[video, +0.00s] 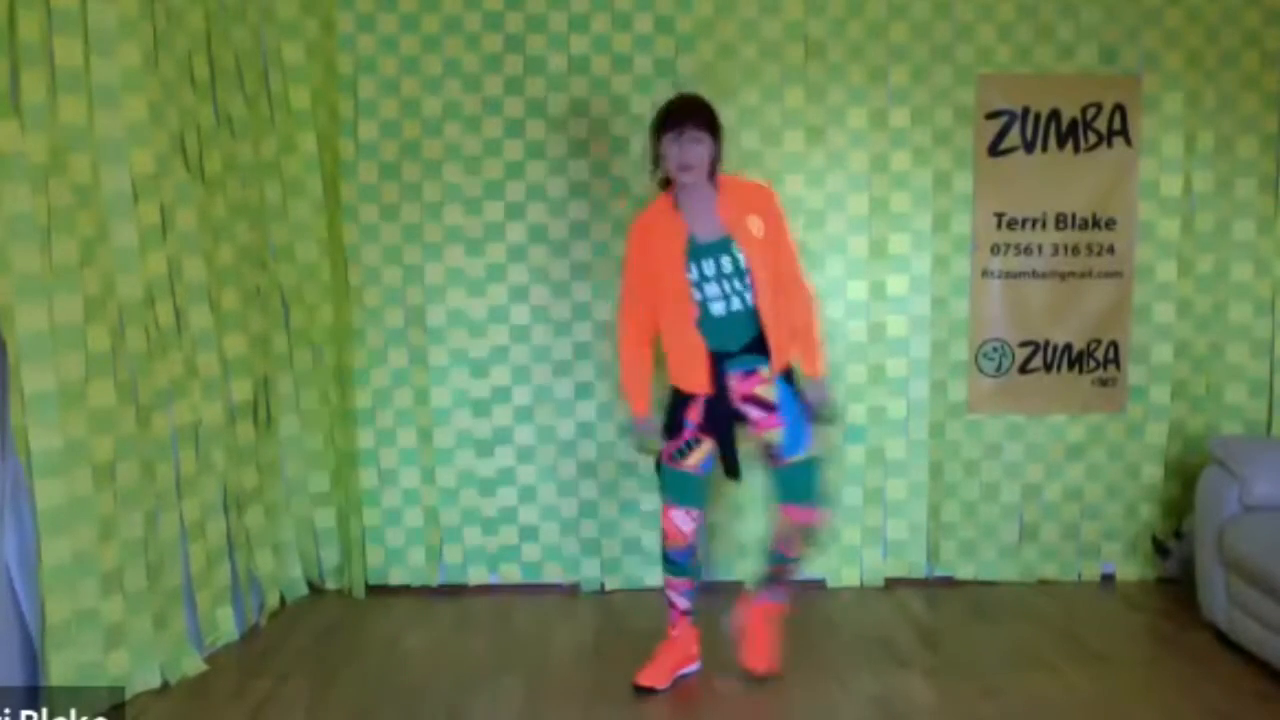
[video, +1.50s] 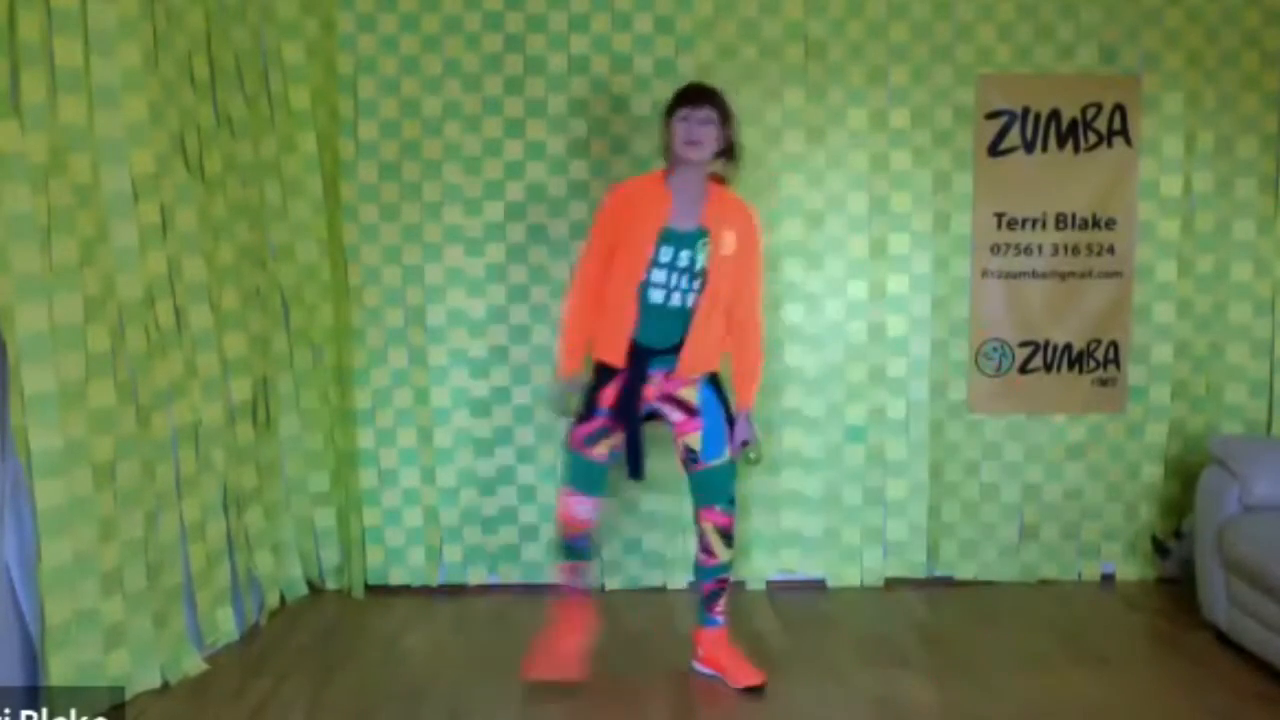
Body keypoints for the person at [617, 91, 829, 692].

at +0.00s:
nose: (686, 152)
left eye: (697, 141)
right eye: (674, 142)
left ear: (717, 149)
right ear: (660, 155)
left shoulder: (754, 201)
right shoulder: (650, 228)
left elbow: (789, 284)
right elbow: (636, 317)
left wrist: (810, 369)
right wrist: (638, 404)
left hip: (765, 369)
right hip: (695, 378)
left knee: (803, 502)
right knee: (679, 513)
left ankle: (766, 606)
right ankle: (680, 634)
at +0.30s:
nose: (849, 223)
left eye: (861, 213)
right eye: (840, 209)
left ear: (876, 222)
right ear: (821, 209)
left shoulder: (881, 293)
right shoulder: (774, 258)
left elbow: (936, 364)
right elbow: (699, 287)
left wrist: (999, 437)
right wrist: (699, 355)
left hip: (834, 441)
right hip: (755, 437)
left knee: (943, 531)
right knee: (670, 541)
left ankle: (969, 646)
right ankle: (680, 638)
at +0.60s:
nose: (952, 260)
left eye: (967, 255)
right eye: (947, 245)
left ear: (980, 274)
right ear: (926, 247)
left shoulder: (966, 346)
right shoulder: (871, 278)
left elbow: (1025, 409)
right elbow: (791, 263)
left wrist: (1097, 475)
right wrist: (784, 331)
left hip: (882, 465)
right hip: (806, 449)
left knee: (998, 529)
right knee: (693, 525)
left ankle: (978, 647)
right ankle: (678, 631)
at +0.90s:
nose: (836, 214)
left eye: (850, 205)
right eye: (832, 201)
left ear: (869, 219)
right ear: (817, 204)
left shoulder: (879, 284)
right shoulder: (775, 258)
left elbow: (934, 356)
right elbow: (701, 308)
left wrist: (988, 432)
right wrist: (693, 381)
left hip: (833, 428)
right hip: (762, 426)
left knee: (935, 527)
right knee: (674, 536)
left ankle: (972, 643)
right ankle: (673, 639)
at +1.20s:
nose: (722, 141)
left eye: (734, 129)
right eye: (711, 128)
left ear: (752, 136)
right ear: (694, 133)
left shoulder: (778, 196)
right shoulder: (670, 203)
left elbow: (804, 283)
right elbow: (644, 294)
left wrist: (820, 367)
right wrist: (627, 385)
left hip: (776, 359)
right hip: (705, 363)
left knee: (792, 497)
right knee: (688, 506)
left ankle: (797, 629)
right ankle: (676, 632)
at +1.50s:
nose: (695, 132)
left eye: (709, 124)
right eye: (685, 121)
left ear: (724, 139)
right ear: (667, 132)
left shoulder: (736, 218)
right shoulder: (625, 201)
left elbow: (745, 312)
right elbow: (587, 281)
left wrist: (744, 401)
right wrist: (572, 364)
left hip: (695, 370)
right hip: (620, 367)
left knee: (717, 507)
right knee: (577, 497)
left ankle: (713, 637)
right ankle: (571, 618)